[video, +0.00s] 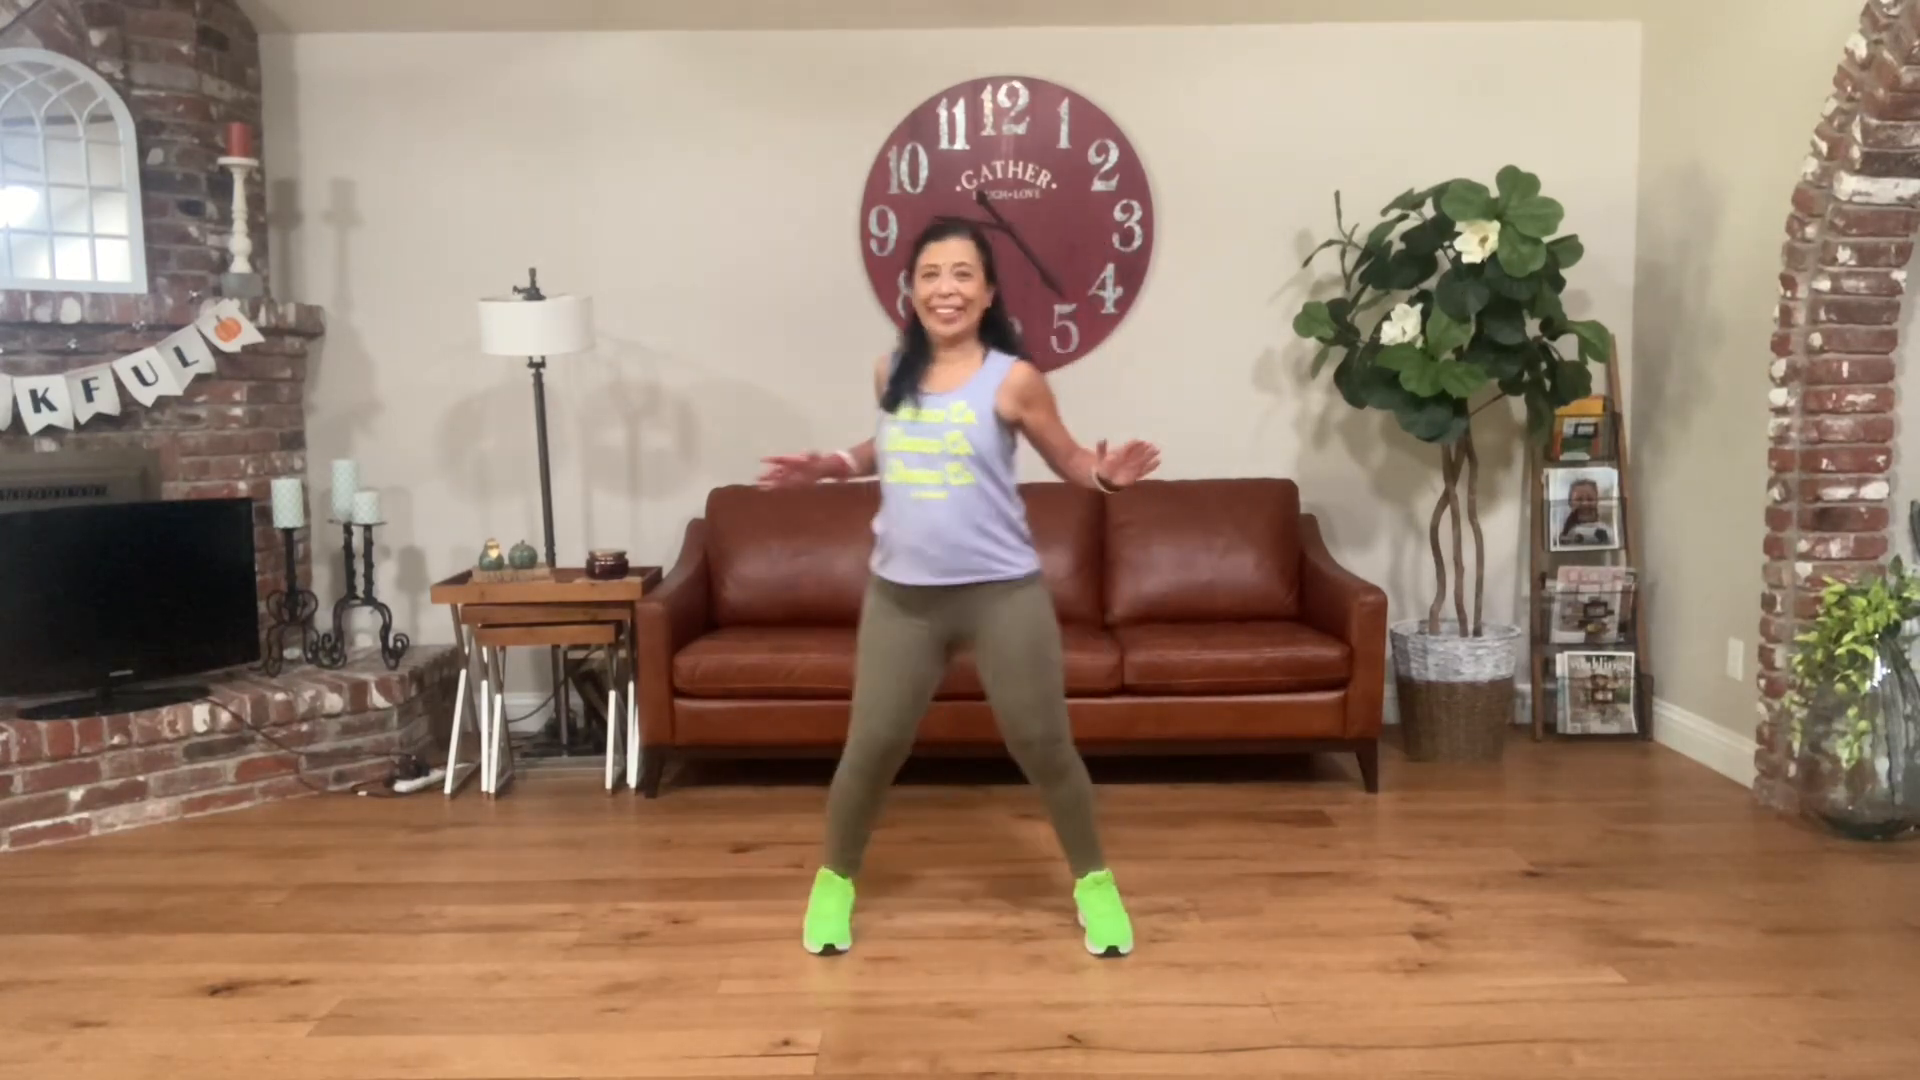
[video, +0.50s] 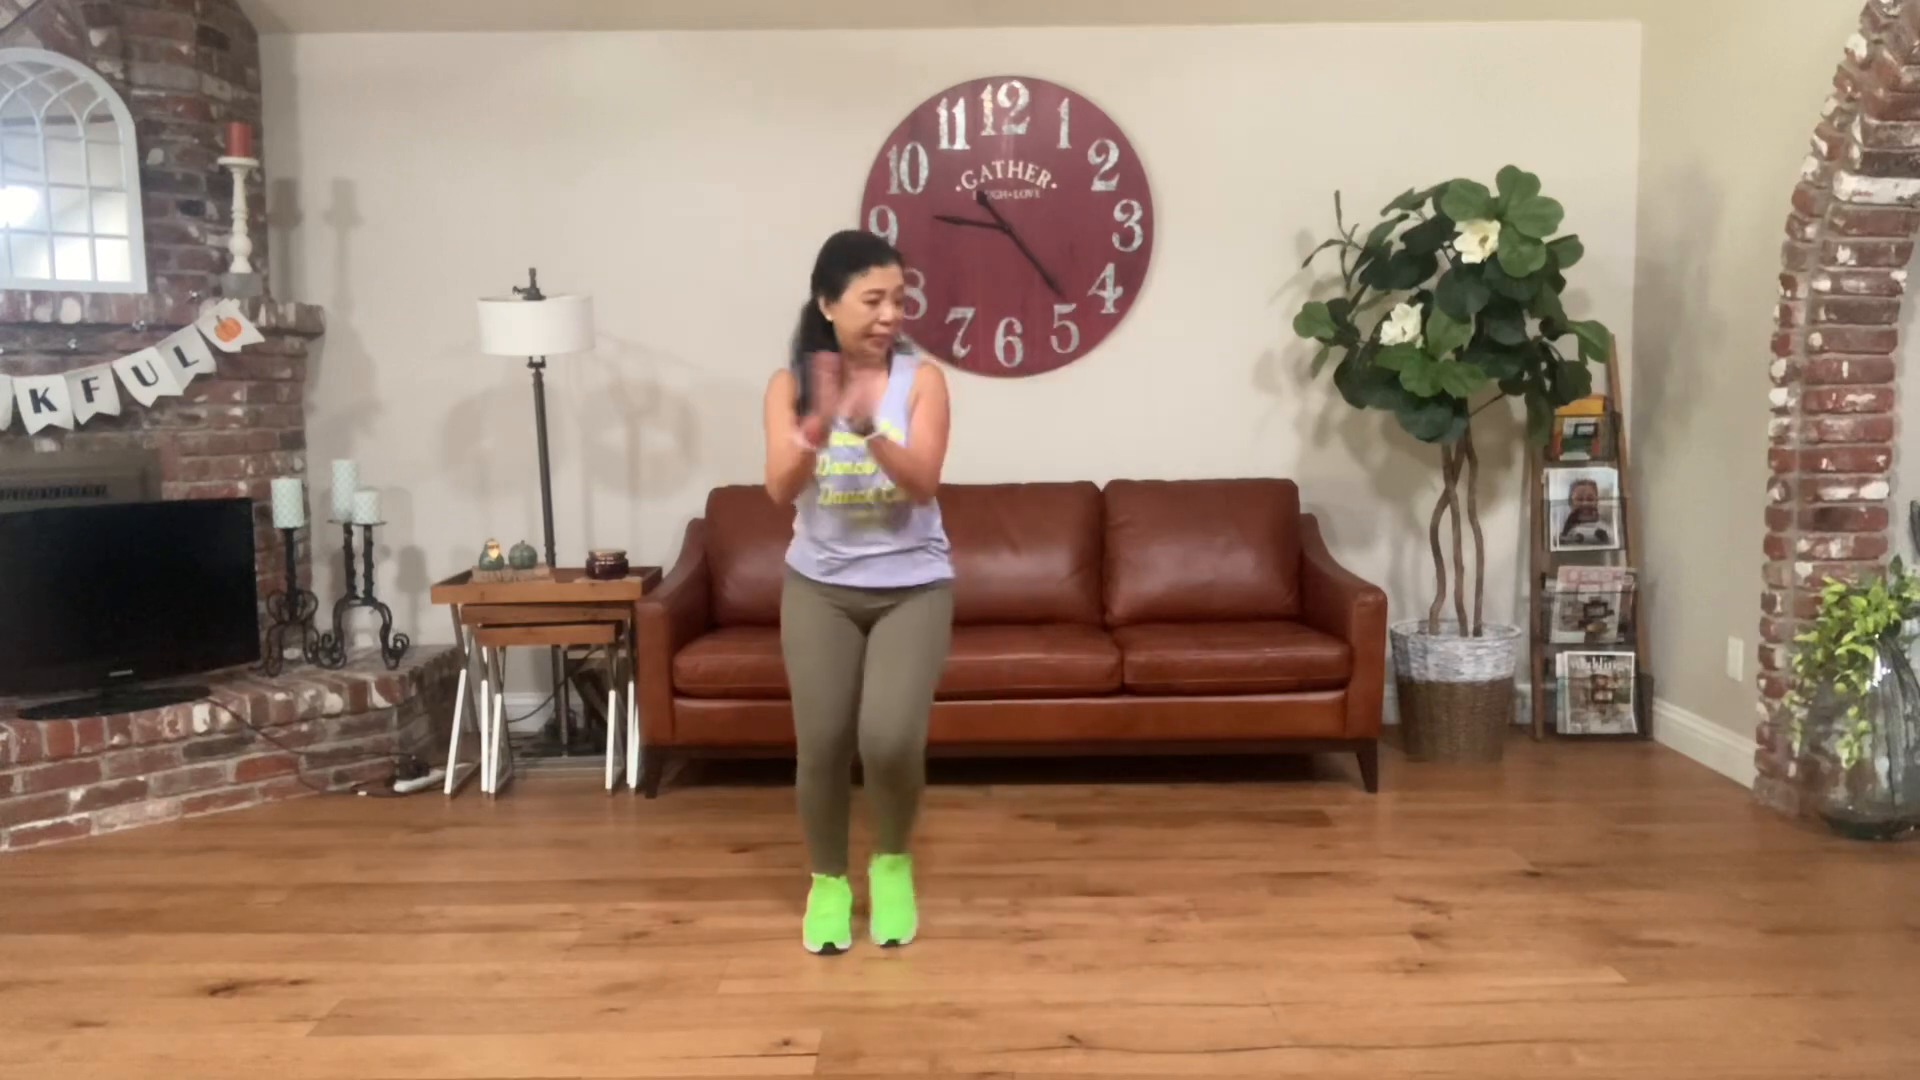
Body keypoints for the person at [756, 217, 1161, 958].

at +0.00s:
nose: (946, 288)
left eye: (963, 274)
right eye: (931, 274)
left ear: (987, 292)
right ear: (911, 292)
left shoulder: (1013, 381)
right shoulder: (892, 372)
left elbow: (1072, 461)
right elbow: (899, 446)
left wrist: (1106, 471)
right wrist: (831, 465)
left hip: (1003, 590)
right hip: (901, 595)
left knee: (1041, 741)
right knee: (874, 743)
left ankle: (1094, 884)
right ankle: (835, 881)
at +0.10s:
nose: (919, 290)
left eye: (936, 276)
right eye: (903, 275)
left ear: (957, 292)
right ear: (882, 288)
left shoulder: (979, 380)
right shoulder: (855, 371)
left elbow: (1034, 471)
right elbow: (829, 456)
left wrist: (1070, 467)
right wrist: (780, 458)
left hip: (965, 589)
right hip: (865, 591)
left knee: (1008, 740)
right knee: (849, 743)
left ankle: (1085, 876)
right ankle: (832, 882)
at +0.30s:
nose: (891, 315)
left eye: (904, 300)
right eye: (874, 300)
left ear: (917, 310)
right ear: (838, 310)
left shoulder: (935, 392)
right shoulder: (803, 388)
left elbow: (961, 503)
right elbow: (730, 475)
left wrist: (969, 433)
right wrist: (721, 423)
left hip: (929, 585)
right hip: (833, 592)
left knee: (941, 731)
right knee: (828, 741)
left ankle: (1002, 850)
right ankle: (829, 884)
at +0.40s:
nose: (888, 319)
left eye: (899, 302)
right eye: (871, 302)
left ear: (911, 309)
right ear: (830, 312)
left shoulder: (926, 383)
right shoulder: (797, 387)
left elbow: (934, 499)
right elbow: (746, 487)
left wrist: (924, 427)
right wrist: (745, 419)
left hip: (919, 584)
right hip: (823, 589)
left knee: (913, 728)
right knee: (823, 741)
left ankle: (936, 842)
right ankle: (829, 884)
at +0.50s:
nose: (889, 314)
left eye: (897, 299)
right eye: (871, 299)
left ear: (905, 303)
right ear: (828, 305)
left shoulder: (922, 379)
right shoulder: (792, 384)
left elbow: (923, 483)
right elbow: (781, 490)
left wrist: (871, 429)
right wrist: (813, 434)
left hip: (913, 583)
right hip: (818, 584)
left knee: (888, 739)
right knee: (822, 740)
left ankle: (891, 865)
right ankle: (829, 882)